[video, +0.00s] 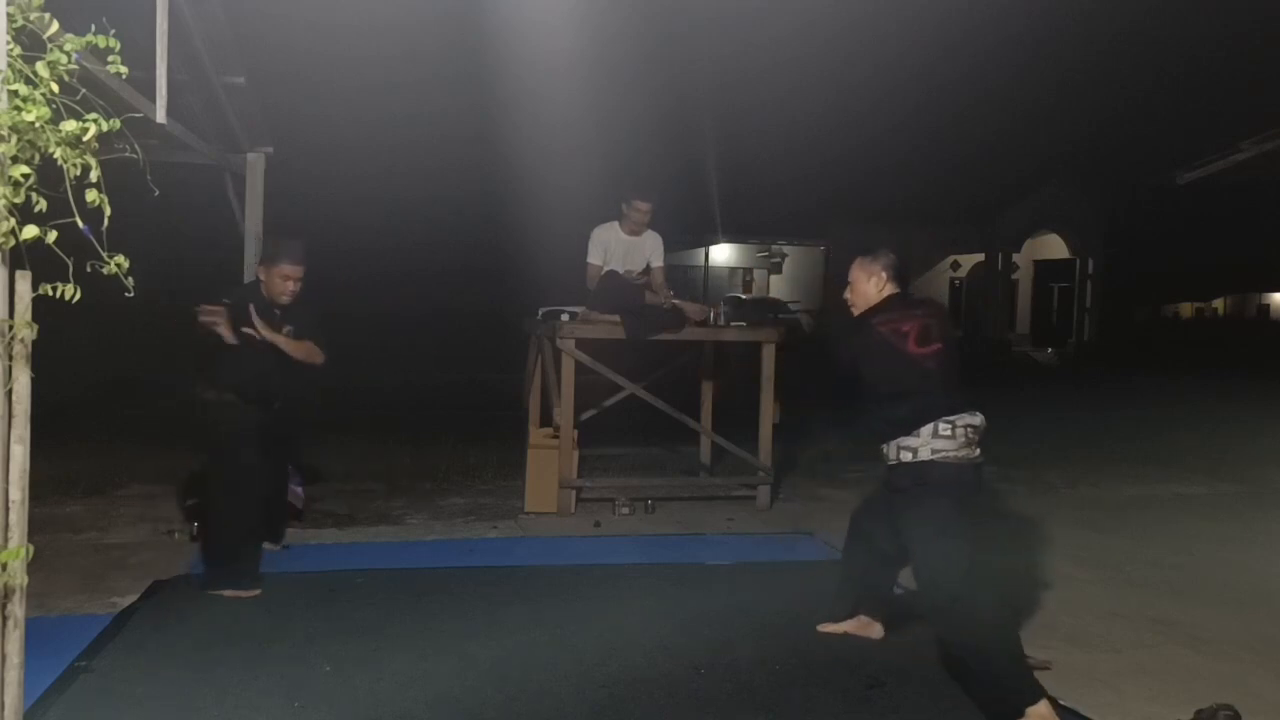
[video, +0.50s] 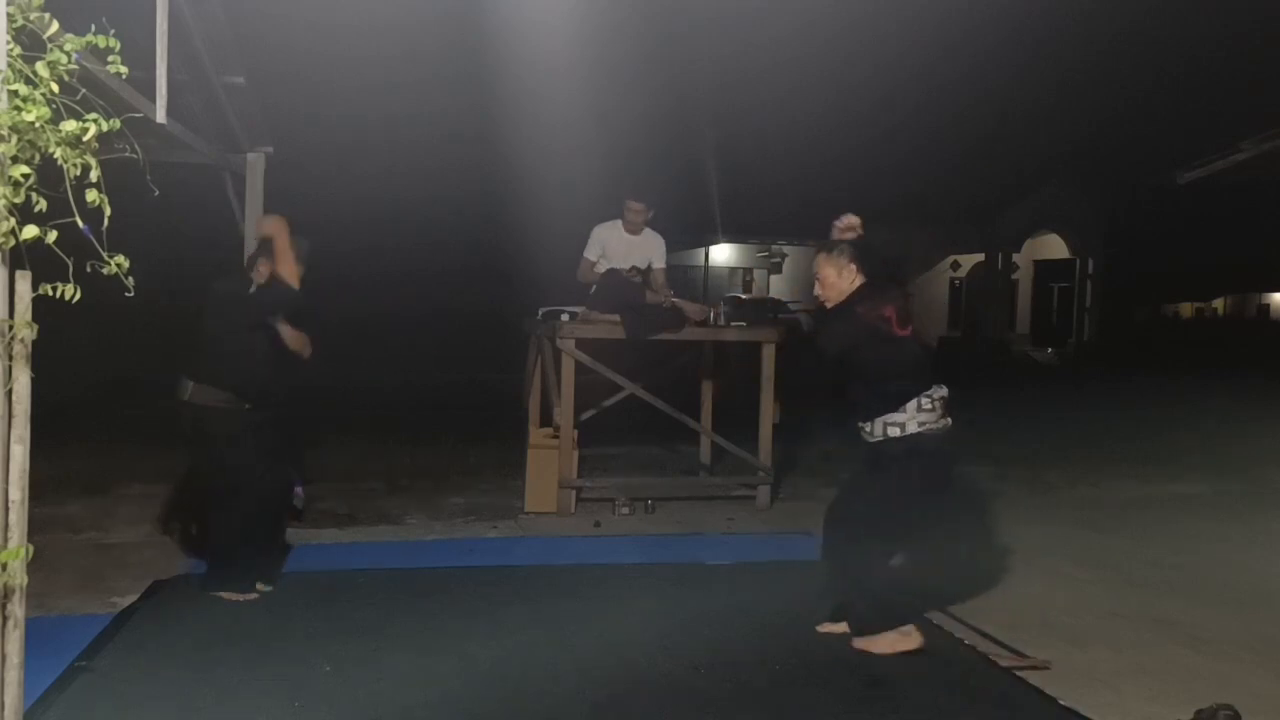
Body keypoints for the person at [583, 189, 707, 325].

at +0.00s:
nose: (643, 218)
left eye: (648, 213)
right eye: (638, 211)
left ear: (652, 213)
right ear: (624, 209)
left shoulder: (654, 240)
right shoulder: (602, 234)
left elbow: (659, 283)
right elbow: (592, 283)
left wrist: (667, 298)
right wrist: (622, 282)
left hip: (637, 302)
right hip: (603, 301)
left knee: (676, 317)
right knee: (611, 278)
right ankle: (679, 306)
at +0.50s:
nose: (631, 216)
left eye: (638, 212)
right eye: (628, 210)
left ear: (649, 214)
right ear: (623, 209)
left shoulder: (656, 242)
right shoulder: (602, 232)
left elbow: (660, 283)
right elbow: (583, 275)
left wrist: (668, 298)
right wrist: (617, 276)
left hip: (636, 302)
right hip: (602, 300)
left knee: (673, 316)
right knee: (612, 278)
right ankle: (679, 306)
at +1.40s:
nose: (621, 216)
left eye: (627, 211)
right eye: (619, 210)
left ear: (641, 213)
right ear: (615, 209)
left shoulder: (653, 239)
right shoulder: (599, 228)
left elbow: (659, 280)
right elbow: (577, 257)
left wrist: (667, 297)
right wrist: (566, 292)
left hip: (634, 300)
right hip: (600, 298)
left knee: (674, 318)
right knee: (612, 275)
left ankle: (600, 316)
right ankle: (679, 305)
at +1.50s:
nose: (624, 214)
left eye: (631, 209)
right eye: (622, 208)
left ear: (645, 212)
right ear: (618, 208)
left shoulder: (655, 240)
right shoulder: (600, 227)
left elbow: (659, 282)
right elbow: (577, 257)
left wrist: (669, 297)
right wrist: (568, 294)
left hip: (634, 300)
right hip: (600, 298)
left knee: (674, 317)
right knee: (613, 275)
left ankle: (603, 316)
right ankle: (680, 306)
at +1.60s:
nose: (626, 214)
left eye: (633, 210)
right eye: (623, 208)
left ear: (646, 213)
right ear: (619, 207)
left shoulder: (655, 240)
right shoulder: (600, 227)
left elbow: (659, 282)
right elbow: (577, 256)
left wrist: (668, 296)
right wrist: (569, 294)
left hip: (634, 301)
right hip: (600, 299)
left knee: (675, 317)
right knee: (613, 275)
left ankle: (605, 316)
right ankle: (680, 306)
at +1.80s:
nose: (629, 214)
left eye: (636, 210)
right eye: (627, 208)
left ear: (648, 213)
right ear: (622, 207)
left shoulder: (656, 241)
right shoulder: (601, 227)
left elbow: (659, 283)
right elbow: (577, 255)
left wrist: (671, 299)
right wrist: (568, 295)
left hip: (634, 302)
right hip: (601, 299)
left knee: (675, 317)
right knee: (613, 276)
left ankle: (605, 317)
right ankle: (681, 306)